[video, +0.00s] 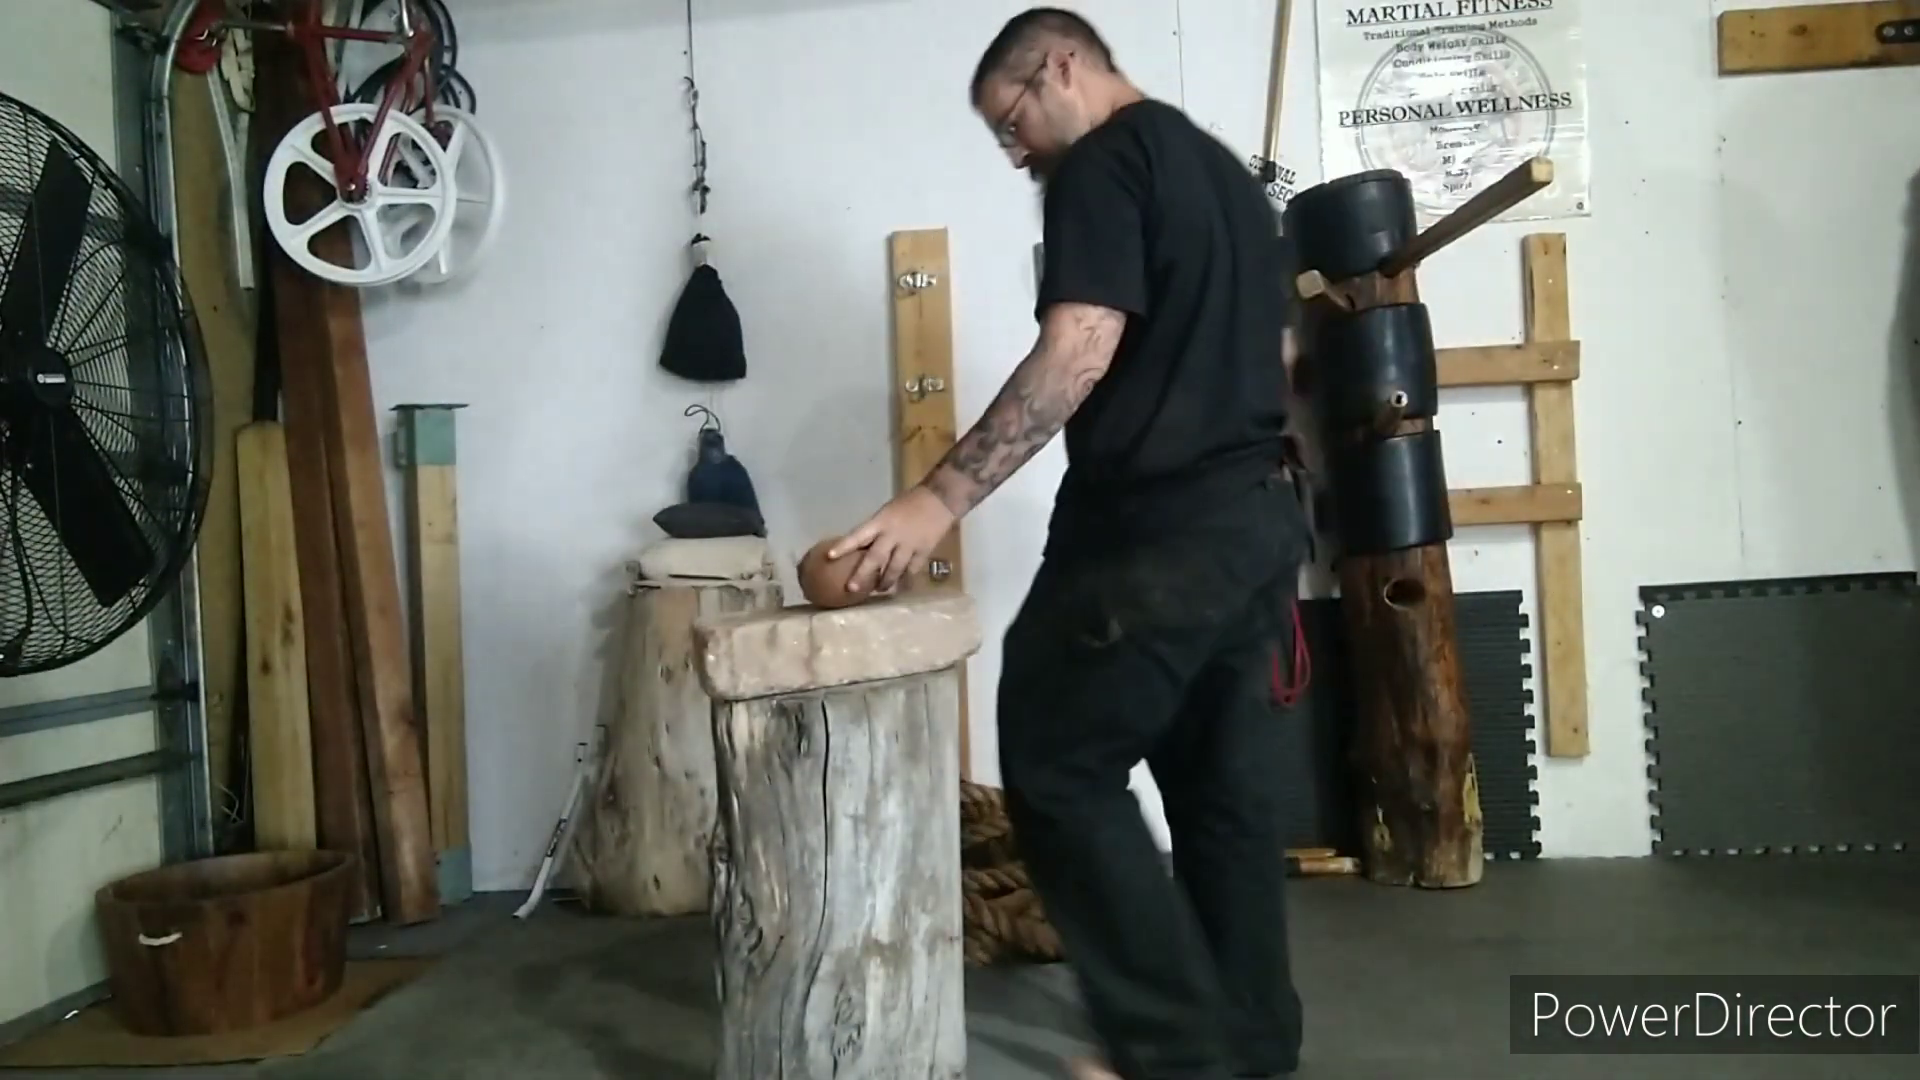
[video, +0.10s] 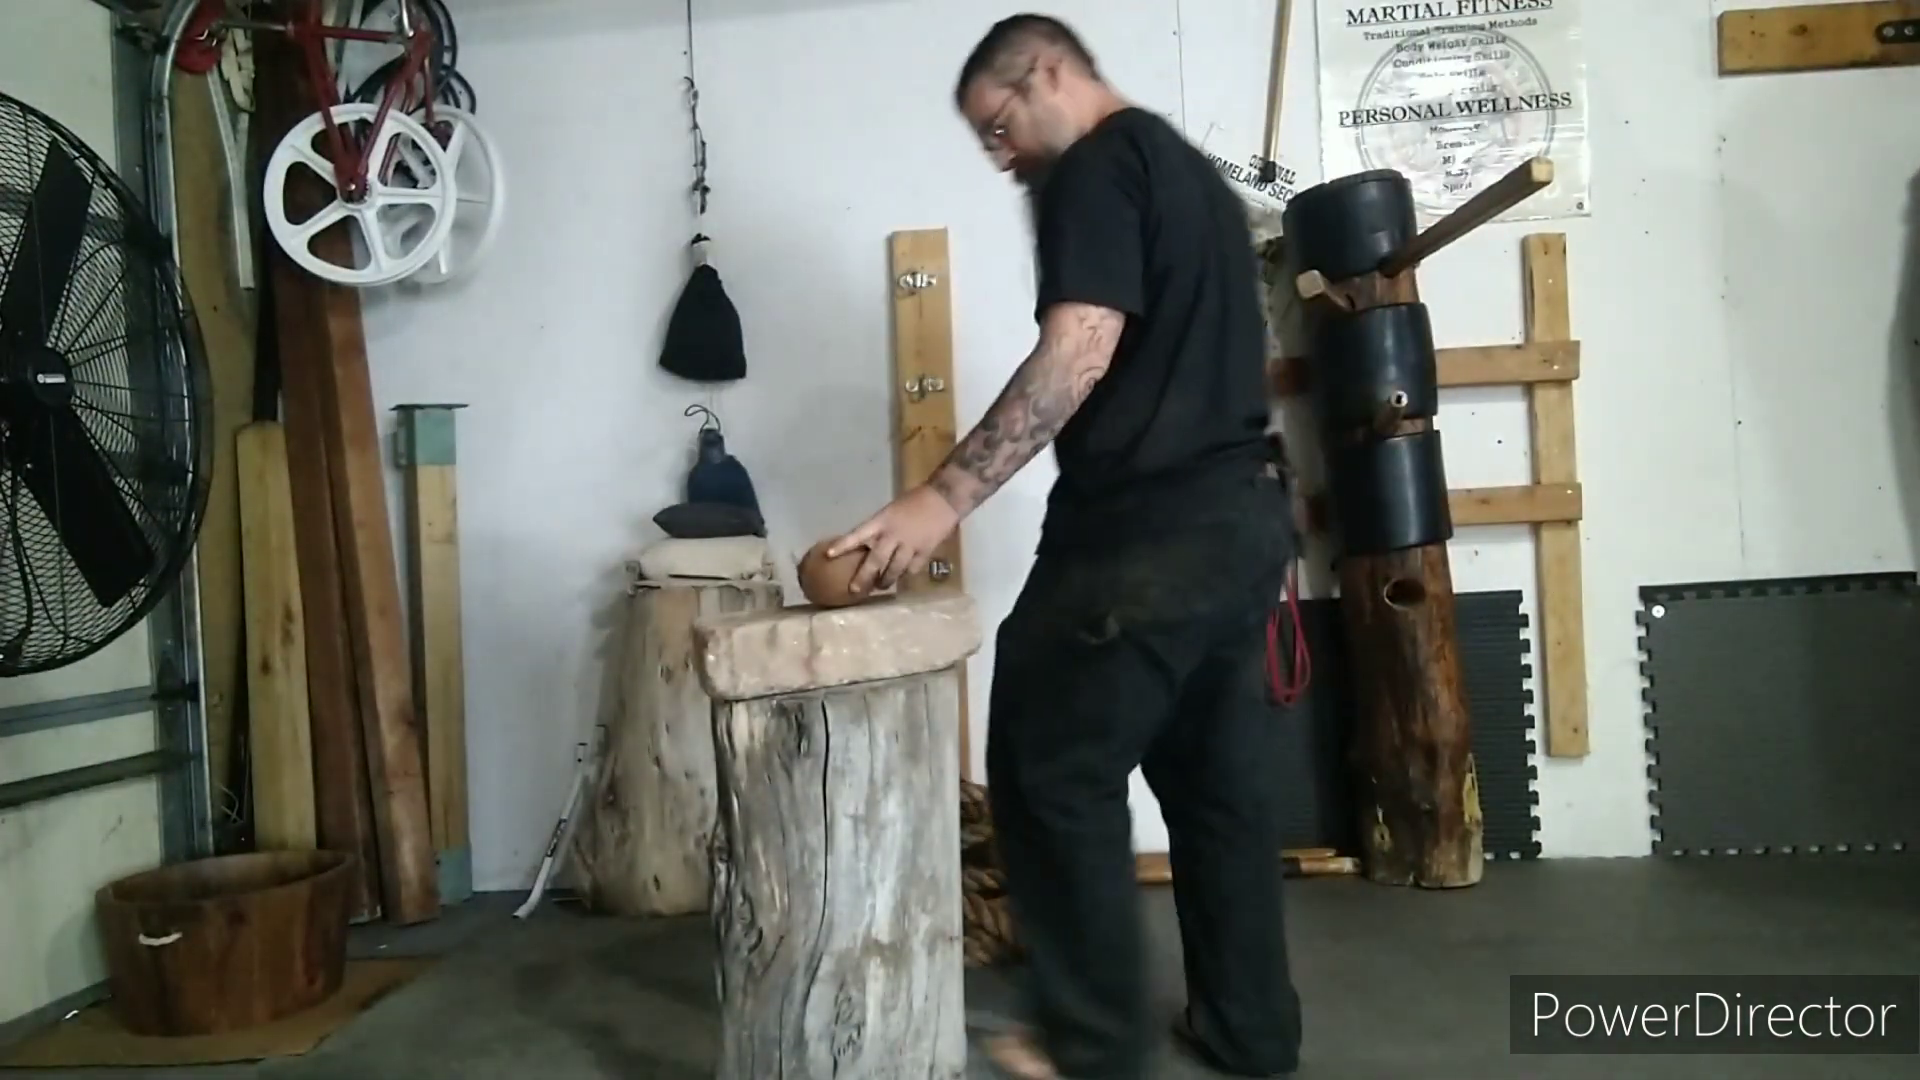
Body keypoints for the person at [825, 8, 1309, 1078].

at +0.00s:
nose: (1013, 152)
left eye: (1010, 121)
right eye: (1001, 135)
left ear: (1063, 68)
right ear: (1082, 71)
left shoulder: (1102, 162)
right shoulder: (1225, 170)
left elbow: (1076, 351)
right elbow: (1270, 353)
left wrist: (935, 502)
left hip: (1146, 524)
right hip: (1250, 514)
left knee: (1054, 764)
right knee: (1224, 804)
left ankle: (1173, 1041)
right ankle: (1258, 1045)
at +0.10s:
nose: (996, 152)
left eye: (996, 122)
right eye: (984, 136)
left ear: (1055, 73)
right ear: (1066, 79)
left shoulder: (1094, 167)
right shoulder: (1188, 167)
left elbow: (1077, 349)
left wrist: (941, 499)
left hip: (1140, 522)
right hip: (1235, 510)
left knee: (1047, 765)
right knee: (1218, 790)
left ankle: (1094, 1031)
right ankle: (1251, 1031)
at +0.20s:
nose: (969, 171)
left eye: (968, 141)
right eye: (957, 154)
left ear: (1016, 84)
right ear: (1027, 89)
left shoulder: (1074, 179)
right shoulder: (1134, 173)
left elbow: (1071, 360)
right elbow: (1112, 368)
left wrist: (948, 505)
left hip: (1119, 526)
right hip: (1197, 511)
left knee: (1037, 783)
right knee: (1198, 787)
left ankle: (1013, 1043)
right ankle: (1250, 1031)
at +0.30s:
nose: (942, 176)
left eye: (943, 146)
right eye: (929, 159)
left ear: (995, 93)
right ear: (1001, 97)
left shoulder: (1057, 188)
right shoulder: (1092, 180)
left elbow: (1069, 367)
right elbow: (1089, 376)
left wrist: (953, 513)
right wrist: (969, 495)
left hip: (1096, 536)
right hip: (1158, 521)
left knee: (1020, 784)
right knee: (1169, 781)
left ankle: (1010, 1042)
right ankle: (1248, 1027)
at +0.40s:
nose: (914, 178)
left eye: (916, 149)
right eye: (902, 162)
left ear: (973, 100)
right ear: (966, 111)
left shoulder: (1034, 199)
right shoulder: (1051, 191)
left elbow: (1062, 376)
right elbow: (1056, 381)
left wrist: (952, 523)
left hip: (1068, 551)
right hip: (1117, 536)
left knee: (1014, 808)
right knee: (1122, 771)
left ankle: (1011, 1046)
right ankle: (1244, 1014)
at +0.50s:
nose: (881, 183)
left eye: (880, 155)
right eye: (869, 167)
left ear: (934, 103)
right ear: (927, 112)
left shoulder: (1015, 197)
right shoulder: (993, 203)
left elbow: (1047, 378)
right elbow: (1012, 381)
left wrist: (939, 523)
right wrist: (933, 525)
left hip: (1045, 545)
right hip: (1028, 545)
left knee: (1004, 788)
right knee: (1031, 763)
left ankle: (1014, 1047)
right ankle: (1203, 960)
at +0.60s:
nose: (867, 180)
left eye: (868, 152)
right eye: (854, 163)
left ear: (922, 98)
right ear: (916, 107)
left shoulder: (1004, 198)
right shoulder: (972, 205)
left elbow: (1040, 382)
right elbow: (983, 383)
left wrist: (932, 523)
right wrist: (917, 532)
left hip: (1022, 549)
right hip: (997, 548)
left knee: (996, 791)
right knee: (1008, 767)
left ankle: (1012, 1045)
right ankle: (1148, 945)